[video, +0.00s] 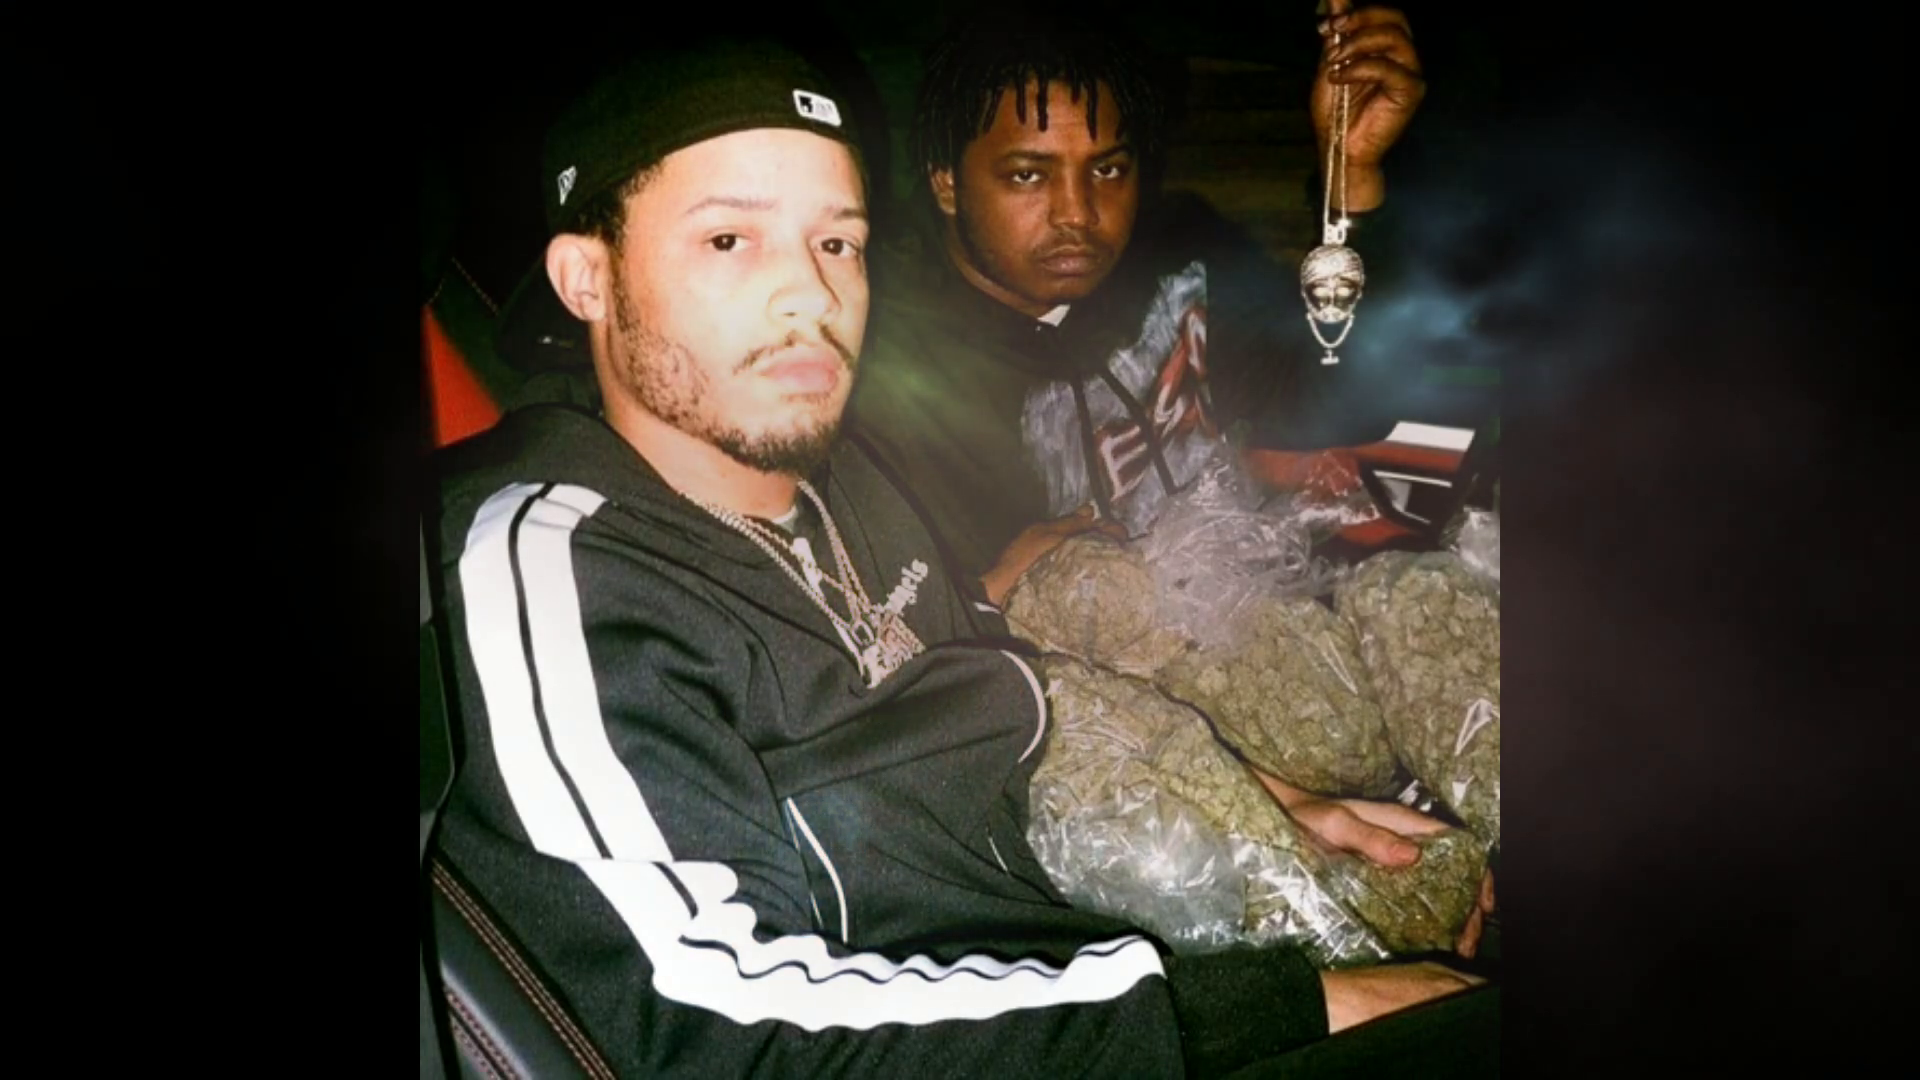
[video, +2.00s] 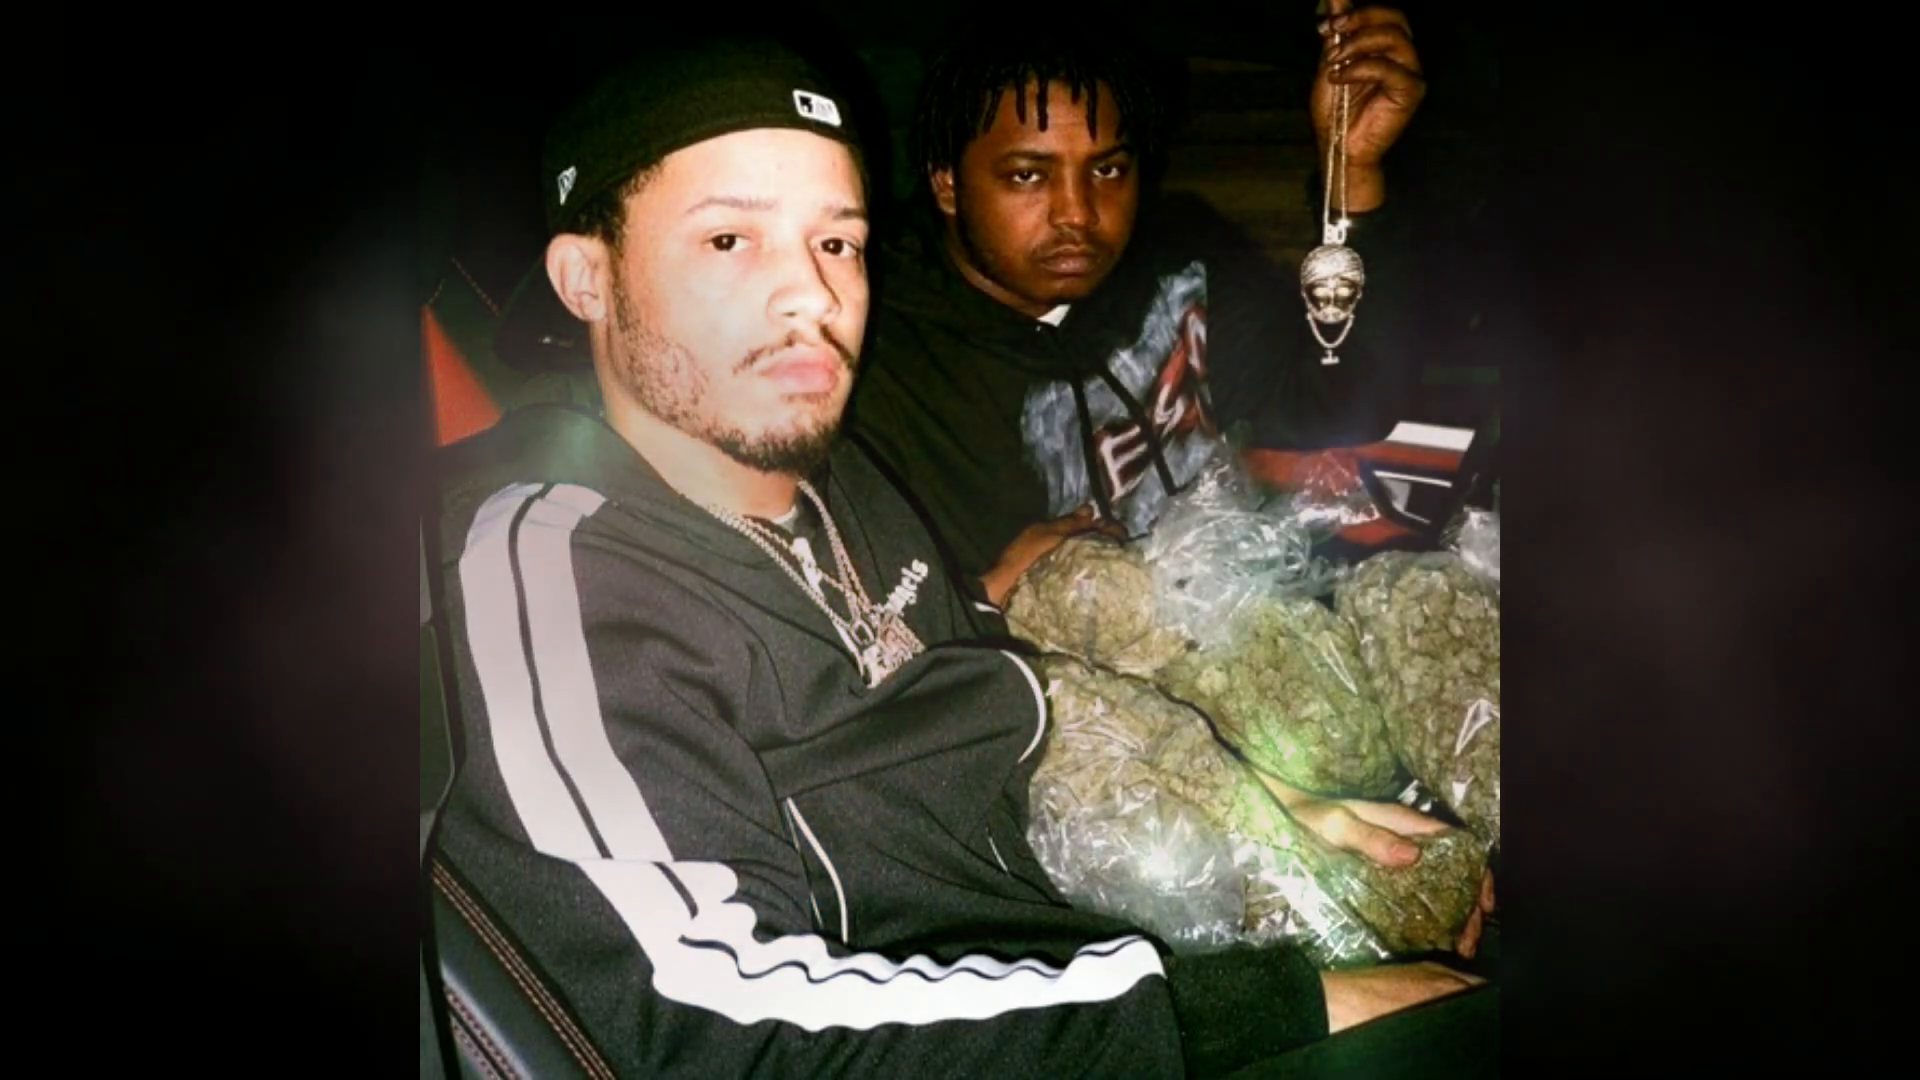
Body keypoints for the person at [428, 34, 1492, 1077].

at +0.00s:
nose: (811, 302)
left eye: (836, 249)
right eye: (730, 244)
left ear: (868, 270)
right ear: (590, 284)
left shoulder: (838, 481)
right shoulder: (533, 553)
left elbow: (1011, 731)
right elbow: (706, 1011)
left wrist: (1268, 820)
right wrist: (1274, 1008)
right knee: (1490, 1012)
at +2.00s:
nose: (812, 303)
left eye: (835, 249)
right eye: (730, 244)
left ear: (866, 267)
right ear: (589, 282)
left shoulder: (832, 485)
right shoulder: (537, 556)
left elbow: (1016, 769)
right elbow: (705, 1020)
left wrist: (1276, 836)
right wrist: (1277, 1009)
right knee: (1475, 1016)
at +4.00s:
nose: (812, 305)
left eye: (837, 249)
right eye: (729, 245)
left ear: (869, 267)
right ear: (588, 282)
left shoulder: (827, 479)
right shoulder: (532, 556)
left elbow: (1010, 738)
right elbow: (701, 1018)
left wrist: (1259, 818)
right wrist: (1274, 1009)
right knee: (1480, 1008)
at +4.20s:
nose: (815, 308)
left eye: (837, 249)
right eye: (731, 247)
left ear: (869, 263)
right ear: (588, 281)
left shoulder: (830, 482)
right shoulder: (534, 559)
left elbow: (1009, 750)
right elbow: (701, 1016)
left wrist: (1265, 825)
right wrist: (1270, 1009)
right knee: (1475, 1006)